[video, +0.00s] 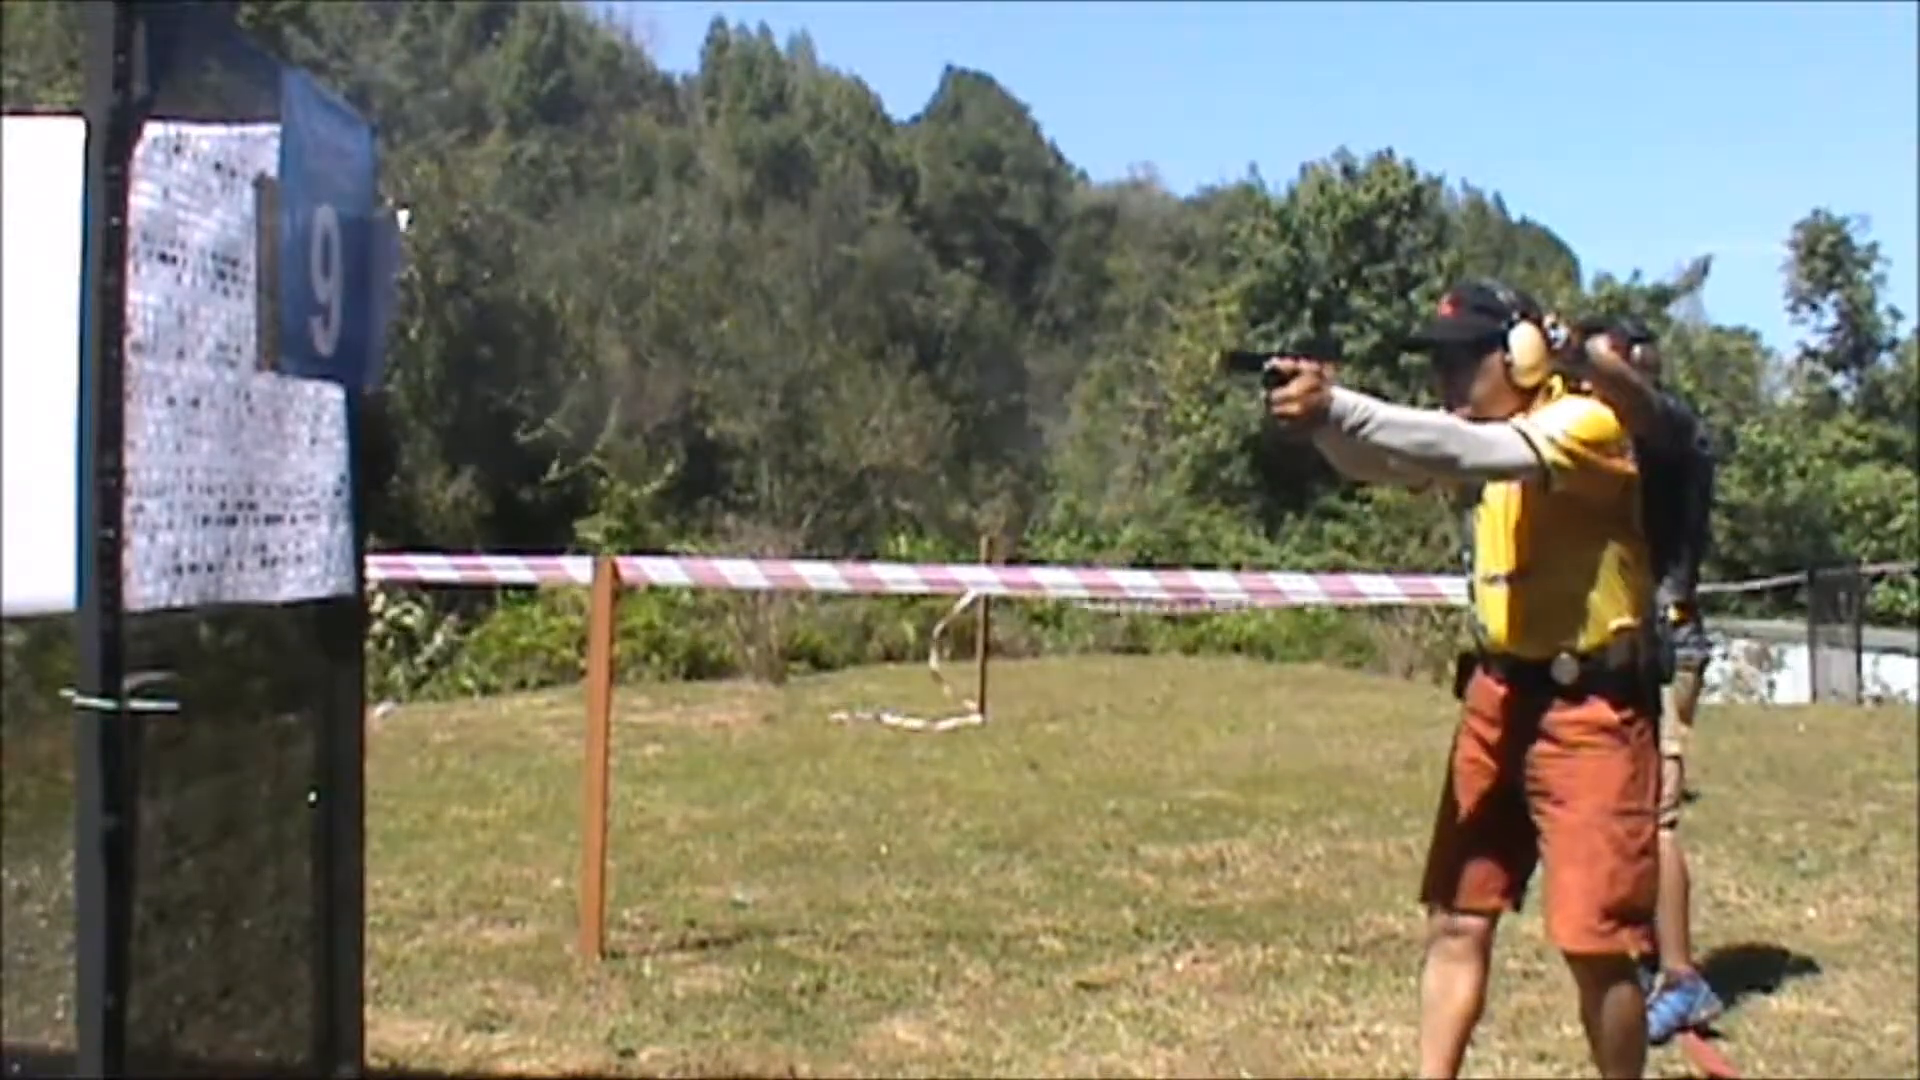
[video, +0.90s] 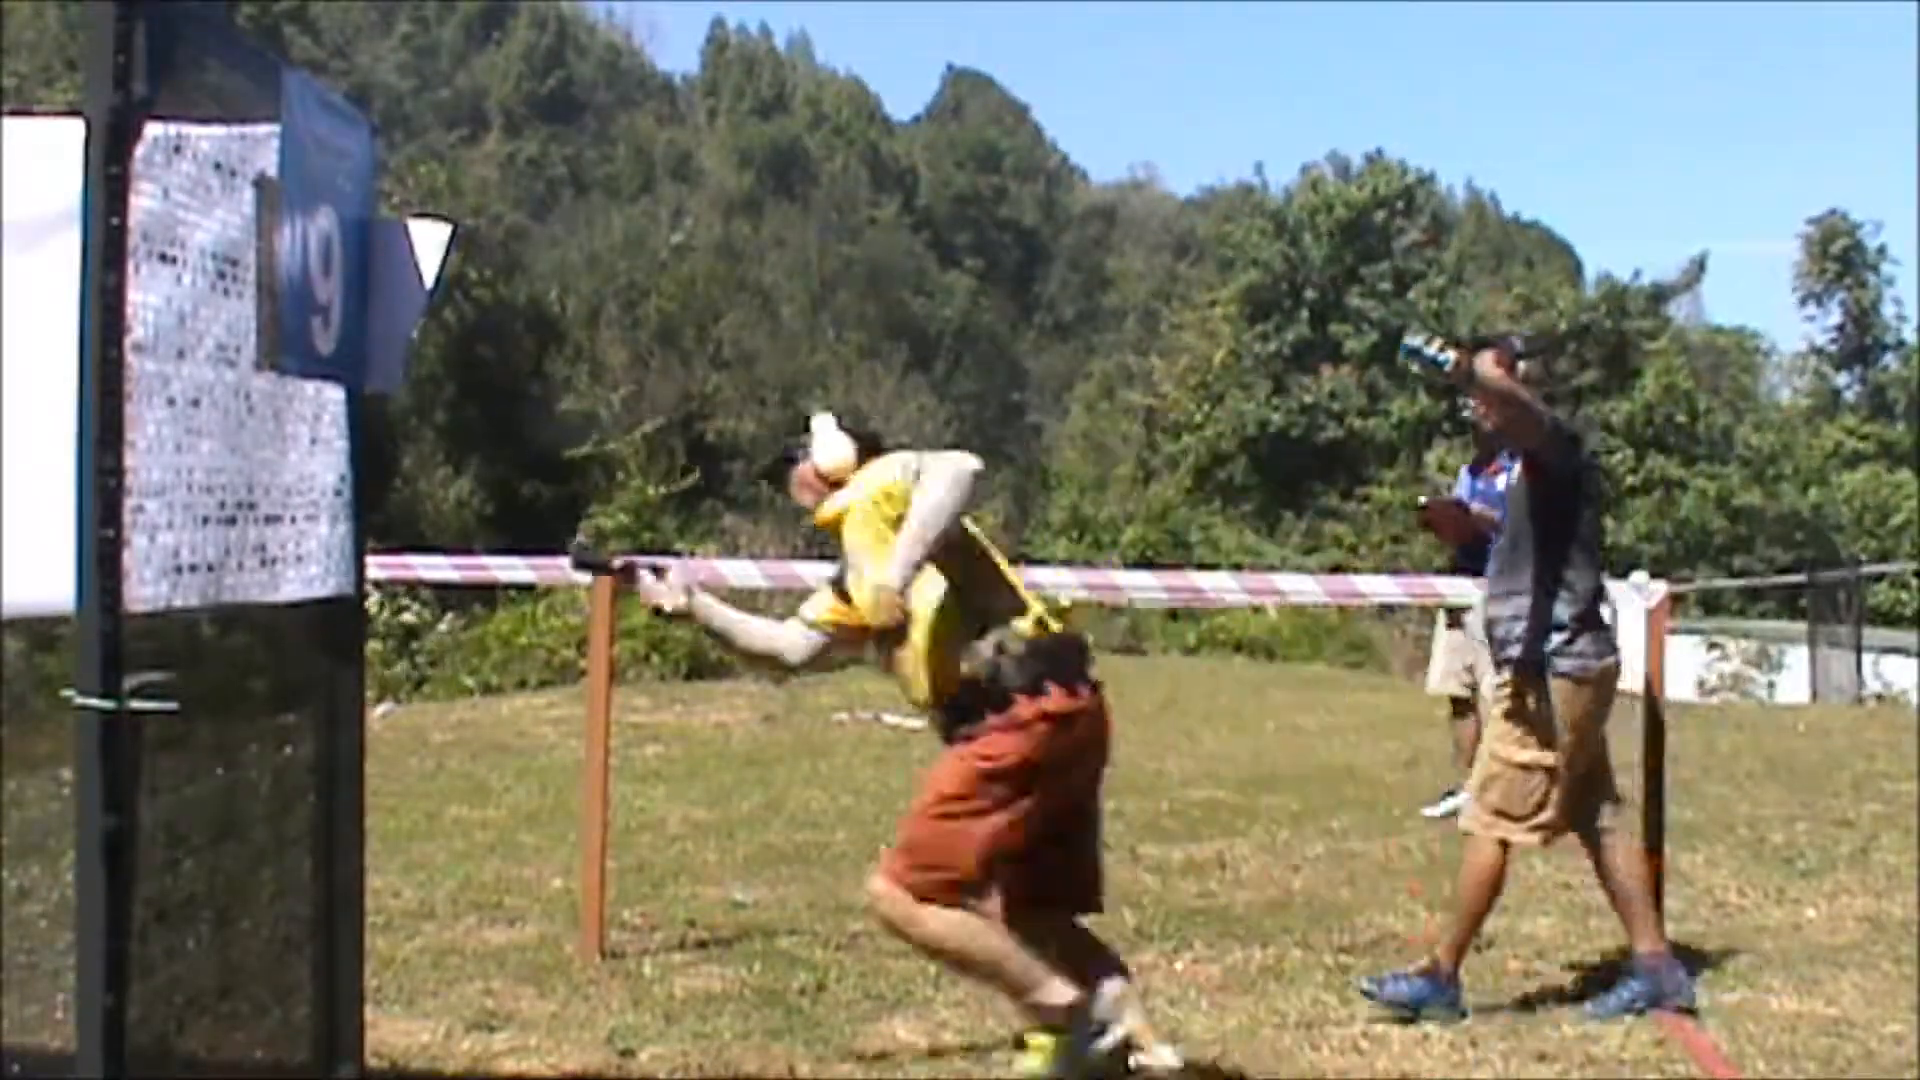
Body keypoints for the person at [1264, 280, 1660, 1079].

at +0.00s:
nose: (1447, 387)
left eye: (1461, 366)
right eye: (1441, 367)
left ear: (1512, 356)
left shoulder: (1589, 420)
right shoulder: (1485, 435)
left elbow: (1474, 447)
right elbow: (1393, 467)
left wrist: (1339, 404)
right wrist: (1320, 421)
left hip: (1595, 708)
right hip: (1499, 698)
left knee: (1596, 943)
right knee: (1460, 919)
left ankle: (1624, 1073)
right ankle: (1433, 1072)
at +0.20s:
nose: (1432, 394)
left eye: (1443, 373)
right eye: (1430, 376)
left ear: (1498, 367)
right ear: (1467, 375)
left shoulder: (1574, 431)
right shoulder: (1461, 448)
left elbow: (1481, 492)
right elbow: (1348, 496)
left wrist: (1343, 432)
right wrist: (1308, 444)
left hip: (1586, 718)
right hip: (1485, 708)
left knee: (1590, 942)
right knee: (1418, 899)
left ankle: (1622, 1074)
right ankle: (1418, 1069)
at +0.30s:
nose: (1411, 417)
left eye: (1423, 405)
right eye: (1413, 404)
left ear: (1469, 421)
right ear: (1457, 423)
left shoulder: (1549, 486)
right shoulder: (1420, 481)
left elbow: (1455, 576)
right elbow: (1322, 565)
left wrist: (1321, 516)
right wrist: (1291, 508)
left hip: (1557, 751)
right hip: (1457, 734)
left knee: (1562, 962)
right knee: (1355, 896)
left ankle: (1609, 1073)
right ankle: (1355, 1066)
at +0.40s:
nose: (1389, 469)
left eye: (1402, 461)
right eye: (1394, 457)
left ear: (1441, 475)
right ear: (1423, 468)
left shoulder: (1523, 526)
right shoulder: (1394, 515)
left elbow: (1420, 618)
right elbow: (1297, 605)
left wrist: (1277, 570)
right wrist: (1247, 581)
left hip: (1535, 773)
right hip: (1433, 757)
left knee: (1548, 972)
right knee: (1311, 901)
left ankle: (1606, 1073)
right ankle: (1294, 1062)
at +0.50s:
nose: (1296, 509)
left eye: (1304, 495)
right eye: (1297, 495)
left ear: (1343, 502)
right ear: (1322, 507)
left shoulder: (1426, 544)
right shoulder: (1315, 564)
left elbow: (1422, 644)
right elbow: (1244, 633)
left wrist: (1314, 680)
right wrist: (1162, 620)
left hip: (1473, 796)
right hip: (1374, 785)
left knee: (1501, 990)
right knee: (1244, 904)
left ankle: (1590, 1072)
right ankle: (1201, 1064)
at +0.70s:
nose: (1035, 484)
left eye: (1046, 470)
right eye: (1037, 472)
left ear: (1081, 475)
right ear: (1082, 480)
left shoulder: (1119, 515)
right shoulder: (1097, 562)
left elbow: (1203, 560)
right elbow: (1053, 659)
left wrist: (1222, 683)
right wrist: (952, 623)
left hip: (1285, 761)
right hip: (1213, 779)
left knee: (1393, 954)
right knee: (1116, 901)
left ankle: (1529, 1070)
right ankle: (1173, 1067)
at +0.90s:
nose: (793, 475)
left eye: (800, 460)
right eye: (793, 464)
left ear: (832, 464)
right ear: (824, 482)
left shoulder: (878, 483)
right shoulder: (855, 575)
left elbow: (957, 470)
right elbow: (792, 646)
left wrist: (897, 569)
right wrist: (693, 602)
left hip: (1033, 703)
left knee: (899, 894)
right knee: (1033, 917)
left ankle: (1065, 1007)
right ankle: (1143, 1050)